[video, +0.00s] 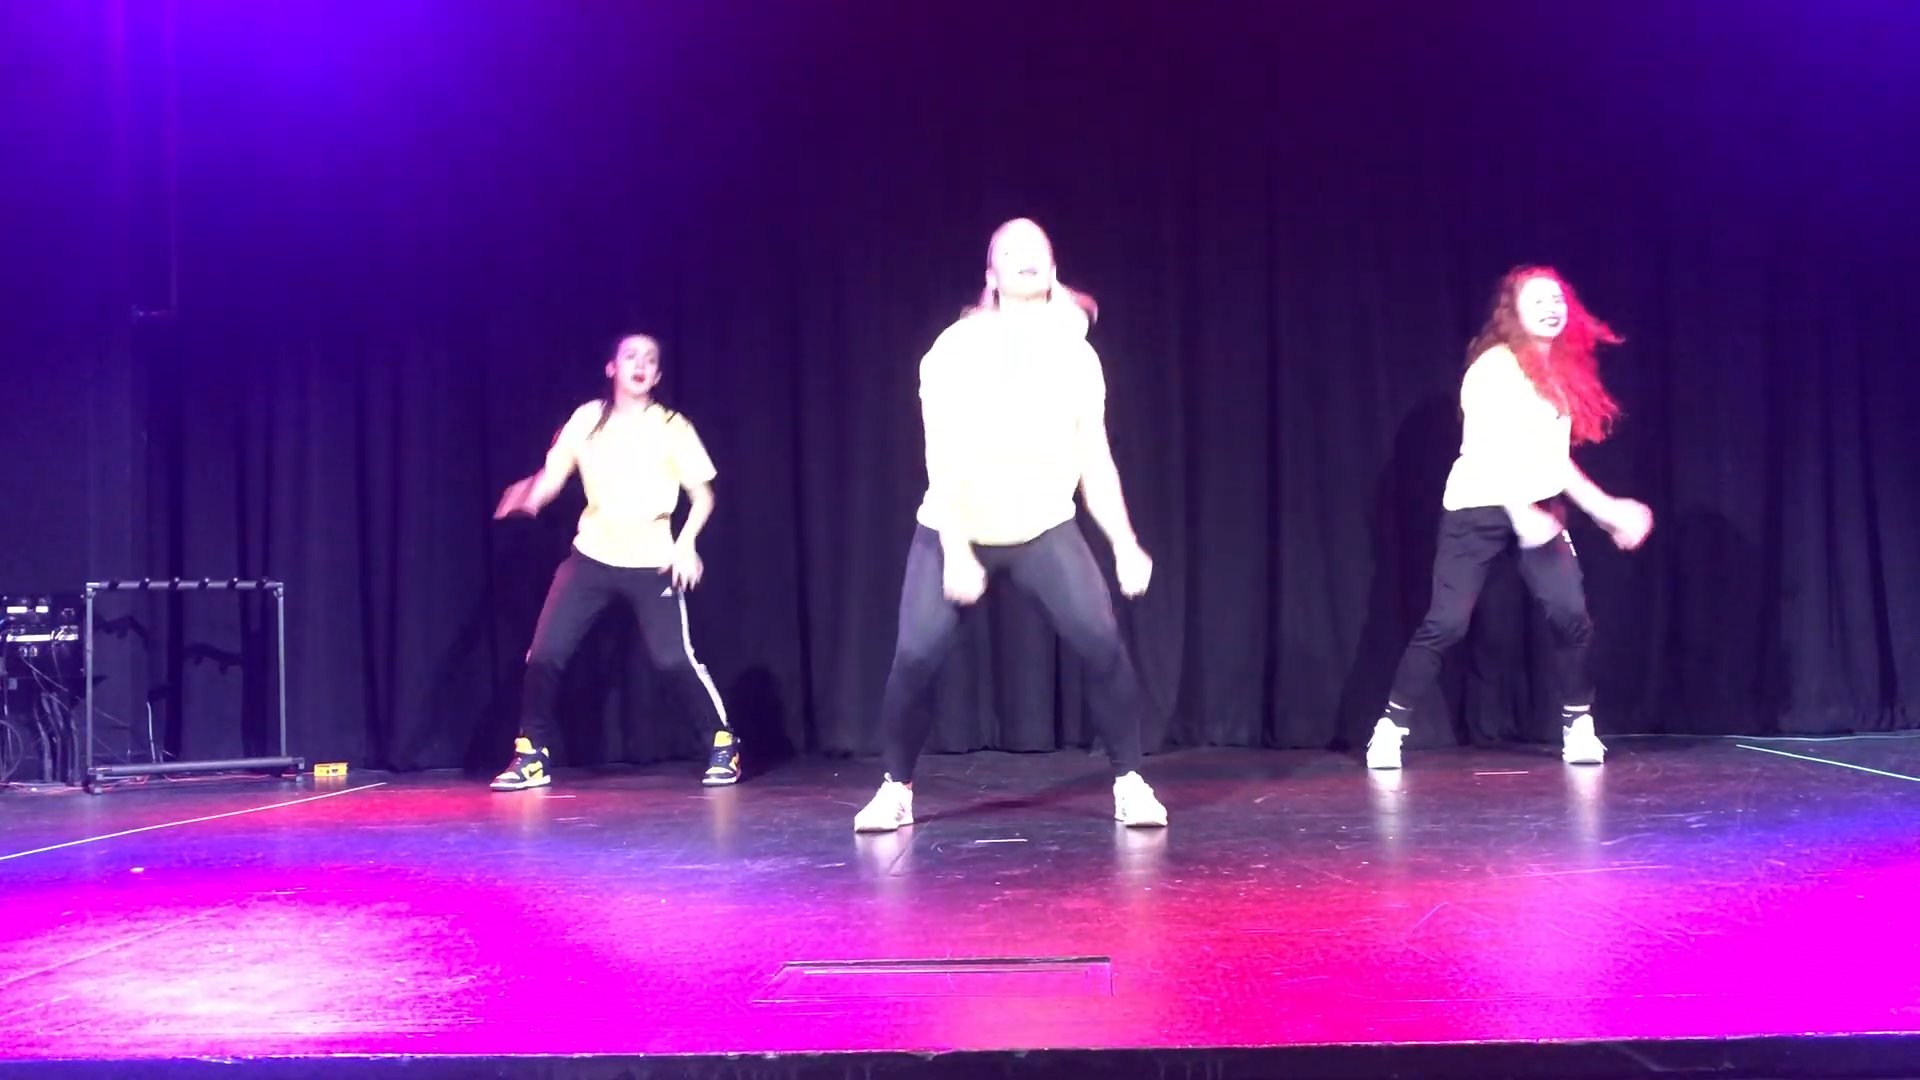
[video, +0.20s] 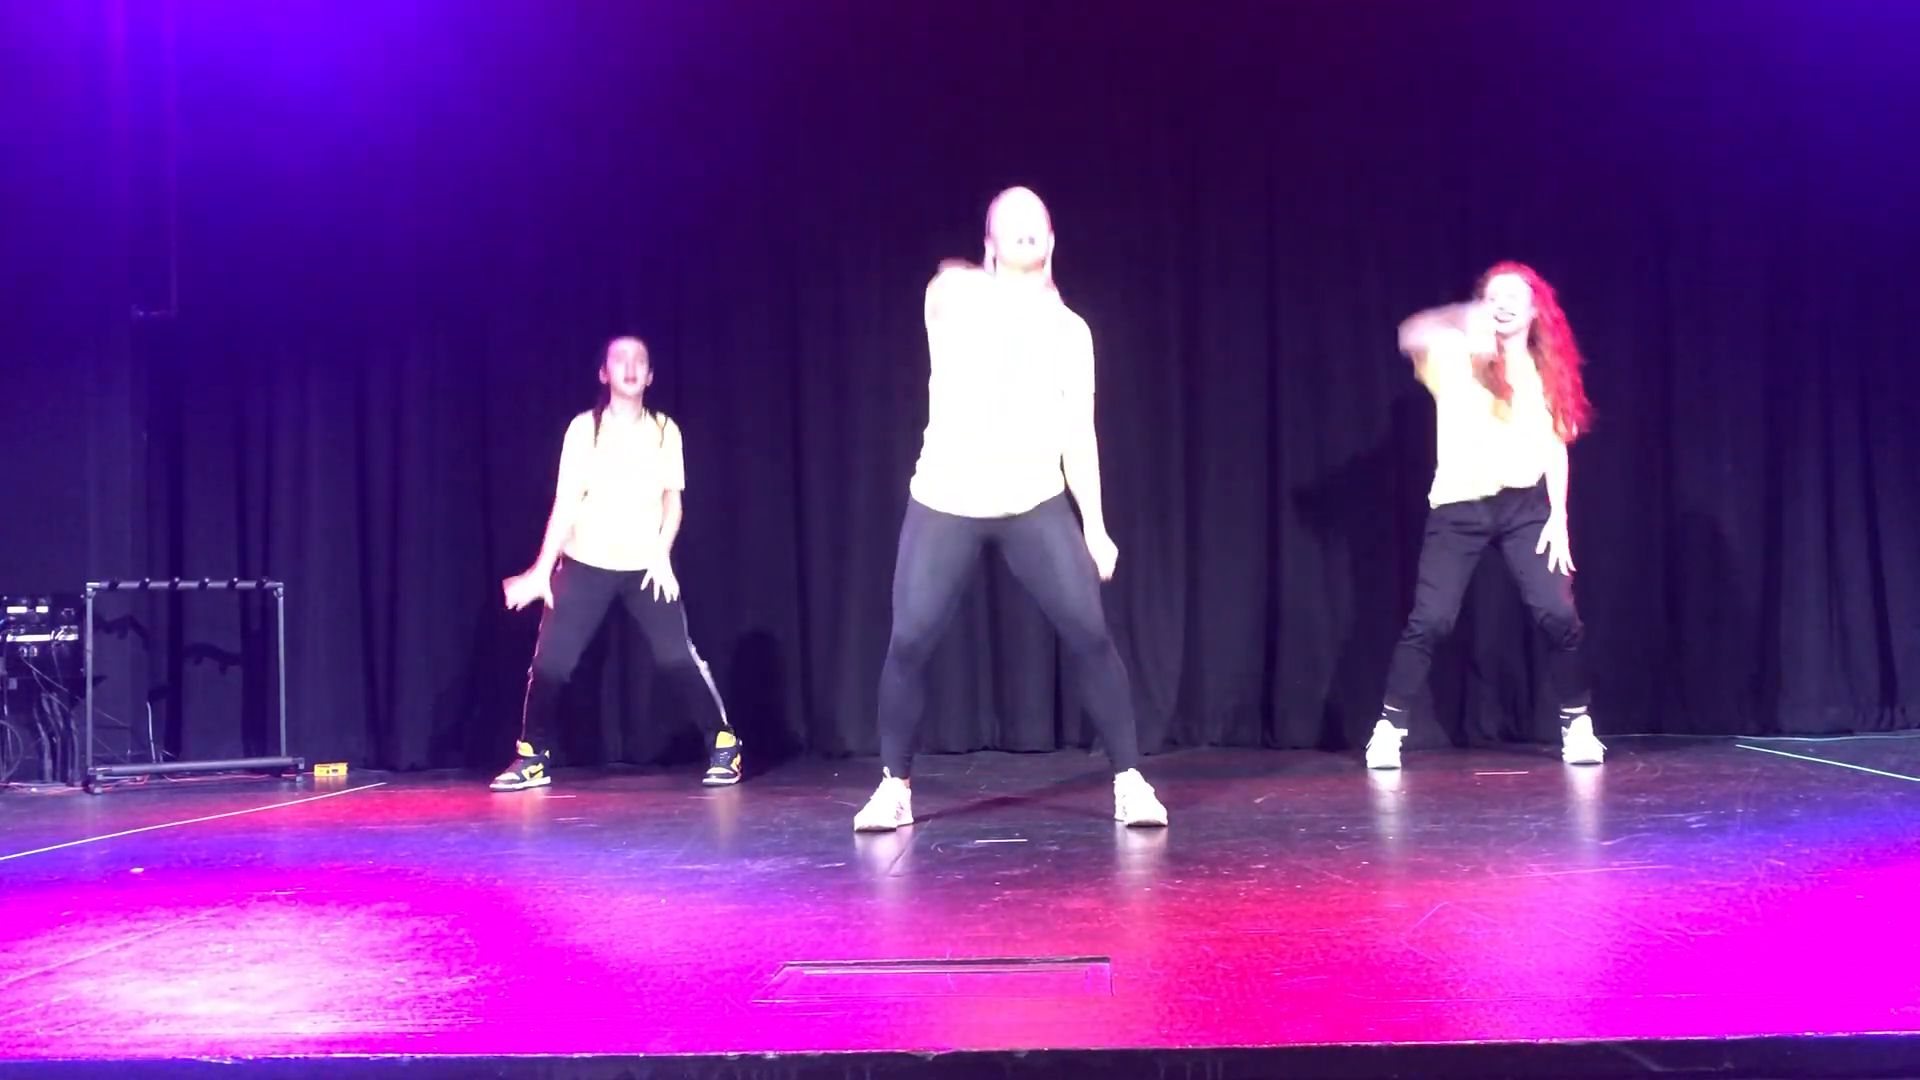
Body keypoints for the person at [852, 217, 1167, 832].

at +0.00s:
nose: (1028, 259)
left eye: (1037, 248)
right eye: (1013, 250)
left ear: (1054, 263)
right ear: (992, 270)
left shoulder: (1074, 352)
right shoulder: (951, 351)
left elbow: (1094, 453)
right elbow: (942, 457)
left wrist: (1124, 542)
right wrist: (956, 547)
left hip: (1043, 523)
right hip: (955, 521)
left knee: (1101, 640)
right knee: (916, 653)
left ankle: (1129, 781)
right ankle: (895, 786)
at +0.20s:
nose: (1026, 236)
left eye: (1035, 226)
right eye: (1013, 227)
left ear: (1052, 237)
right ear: (990, 241)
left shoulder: (1071, 330)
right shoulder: (950, 296)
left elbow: (1080, 436)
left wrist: (1094, 525)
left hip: (1034, 499)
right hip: (945, 498)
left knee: (1090, 631)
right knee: (910, 639)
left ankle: (1129, 780)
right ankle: (894, 785)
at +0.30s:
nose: (1023, 204)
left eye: (1032, 197)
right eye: (1009, 197)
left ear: (1047, 217)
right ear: (982, 217)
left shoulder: (1068, 303)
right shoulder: (950, 265)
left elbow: (1078, 414)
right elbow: (944, 169)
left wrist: (1095, 507)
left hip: (1031, 480)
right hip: (941, 479)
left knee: (1078, 624)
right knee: (916, 631)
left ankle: (1130, 777)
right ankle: (891, 784)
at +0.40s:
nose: (1001, 196)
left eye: (1015, 191)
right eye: (990, 192)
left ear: (1038, 215)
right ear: (973, 215)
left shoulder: (1067, 304)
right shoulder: (948, 263)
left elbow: (1076, 413)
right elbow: (939, 154)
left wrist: (1091, 505)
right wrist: (945, 55)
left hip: (1029, 483)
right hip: (938, 481)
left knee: (1072, 625)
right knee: (921, 629)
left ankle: (1130, 776)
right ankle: (892, 784)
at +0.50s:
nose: (971, 210)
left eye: (987, 200)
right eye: (967, 202)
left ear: (1023, 217)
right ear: (964, 219)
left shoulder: (1059, 308)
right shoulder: (957, 270)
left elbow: (1065, 415)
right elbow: (935, 191)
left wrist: (1079, 510)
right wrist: (922, 116)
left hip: (1016, 485)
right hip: (931, 484)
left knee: (1066, 628)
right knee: (918, 628)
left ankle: (1129, 776)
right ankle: (892, 784)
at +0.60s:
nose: (949, 222)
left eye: (958, 211)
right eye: (951, 214)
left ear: (998, 218)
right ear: (968, 225)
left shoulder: (1040, 299)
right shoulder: (960, 280)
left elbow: (1047, 405)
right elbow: (938, 238)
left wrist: (1061, 499)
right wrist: (921, 201)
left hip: (1002, 480)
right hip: (927, 482)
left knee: (1061, 628)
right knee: (918, 629)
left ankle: (1130, 774)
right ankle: (892, 782)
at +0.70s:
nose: (924, 214)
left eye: (939, 202)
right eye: (929, 203)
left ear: (981, 217)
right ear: (963, 220)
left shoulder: (1016, 294)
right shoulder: (938, 296)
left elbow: (1022, 397)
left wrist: (1035, 484)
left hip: (995, 482)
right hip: (925, 487)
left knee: (1063, 627)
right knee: (917, 633)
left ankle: (1136, 772)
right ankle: (893, 783)